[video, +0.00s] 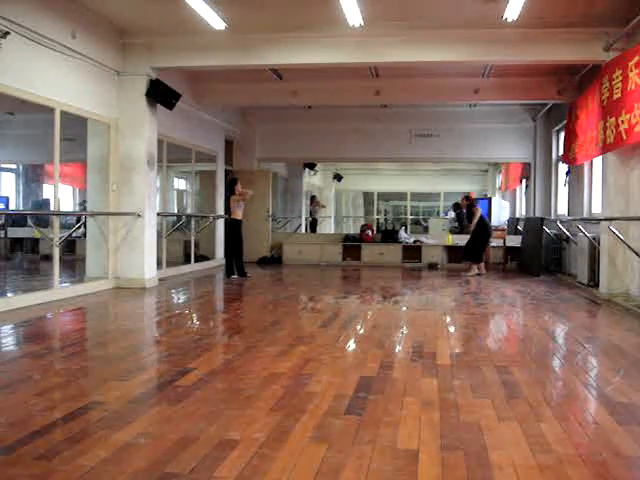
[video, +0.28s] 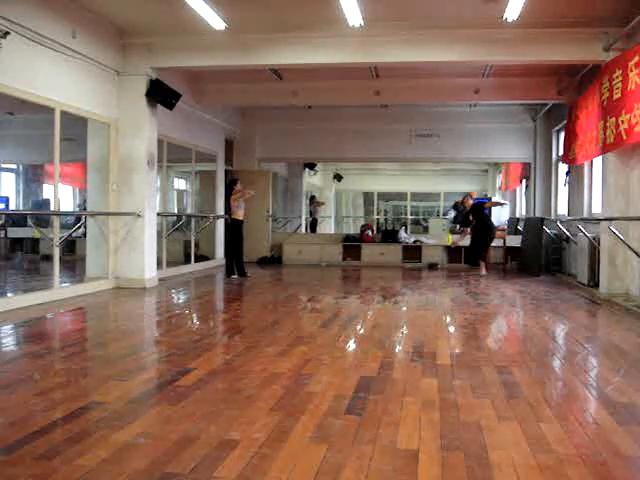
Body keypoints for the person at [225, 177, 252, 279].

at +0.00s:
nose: (240, 187)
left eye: (239, 185)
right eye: (238, 185)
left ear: (237, 187)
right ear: (234, 187)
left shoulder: (239, 197)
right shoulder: (233, 198)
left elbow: (249, 193)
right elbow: (246, 197)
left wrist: (242, 192)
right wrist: (242, 192)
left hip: (238, 221)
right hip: (232, 221)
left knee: (238, 247)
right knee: (231, 248)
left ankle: (241, 271)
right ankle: (230, 272)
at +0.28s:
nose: (240, 186)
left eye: (240, 184)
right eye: (238, 184)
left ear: (236, 186)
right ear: (235, 186)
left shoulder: (239, 196)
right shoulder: (233, 196)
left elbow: (252, 194)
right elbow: (244, 194)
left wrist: (244, 192)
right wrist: (243, 191)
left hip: (239, 221)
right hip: (233, 221)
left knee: (239, 248)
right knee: (232, 248)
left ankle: (241, 271)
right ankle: (230, 272)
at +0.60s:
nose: (242, 186)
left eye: (241, 184)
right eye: (239, 184)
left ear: (239, 187)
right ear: (235, 187)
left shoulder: (241, 198)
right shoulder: (234, 198)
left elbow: (245, 212)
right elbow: (236, 210)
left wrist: (250, 206)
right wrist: (244, 203)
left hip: (241, 221)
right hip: (235, 221)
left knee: (239, 248)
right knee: (232, 248)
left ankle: (241, 271)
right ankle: (230, 271)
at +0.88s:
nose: (246, 186)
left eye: (245, 185)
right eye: (244, 185)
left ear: (243, 187)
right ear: (239, 187)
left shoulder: (245, 198)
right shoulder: (235, 197)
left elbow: (245, 207)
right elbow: (223, 205)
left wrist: (247, 211)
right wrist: (233, 212)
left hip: (242, 221)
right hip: (234, 221)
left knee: (241, 247)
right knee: (232, 247)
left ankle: (241, 271)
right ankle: (229, 271)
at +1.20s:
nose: (240, 188)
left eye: (241, 186)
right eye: (239, 186)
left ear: (241, 187)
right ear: (234, 187)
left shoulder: (242, 198)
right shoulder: (229, 197)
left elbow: (244, 208)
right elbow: (215, 203)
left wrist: (245, 210)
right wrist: (224, 208)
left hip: (239, 220)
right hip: (230, 220)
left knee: (240, 247)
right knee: (227, 247)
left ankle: (241, 272)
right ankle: (223, 271)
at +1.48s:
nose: (234, 188)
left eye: (235, 186)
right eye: (232, 186)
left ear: (235, 187)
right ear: (227, 187)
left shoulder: (237, 197)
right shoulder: (222, 197)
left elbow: (240, 209)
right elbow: (210, 202)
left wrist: (243, 205)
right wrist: (217, 209)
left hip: (233, 221)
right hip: (224, 220)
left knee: (237, 247)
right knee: (222, 247)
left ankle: (240, 272)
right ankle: (222, 271)